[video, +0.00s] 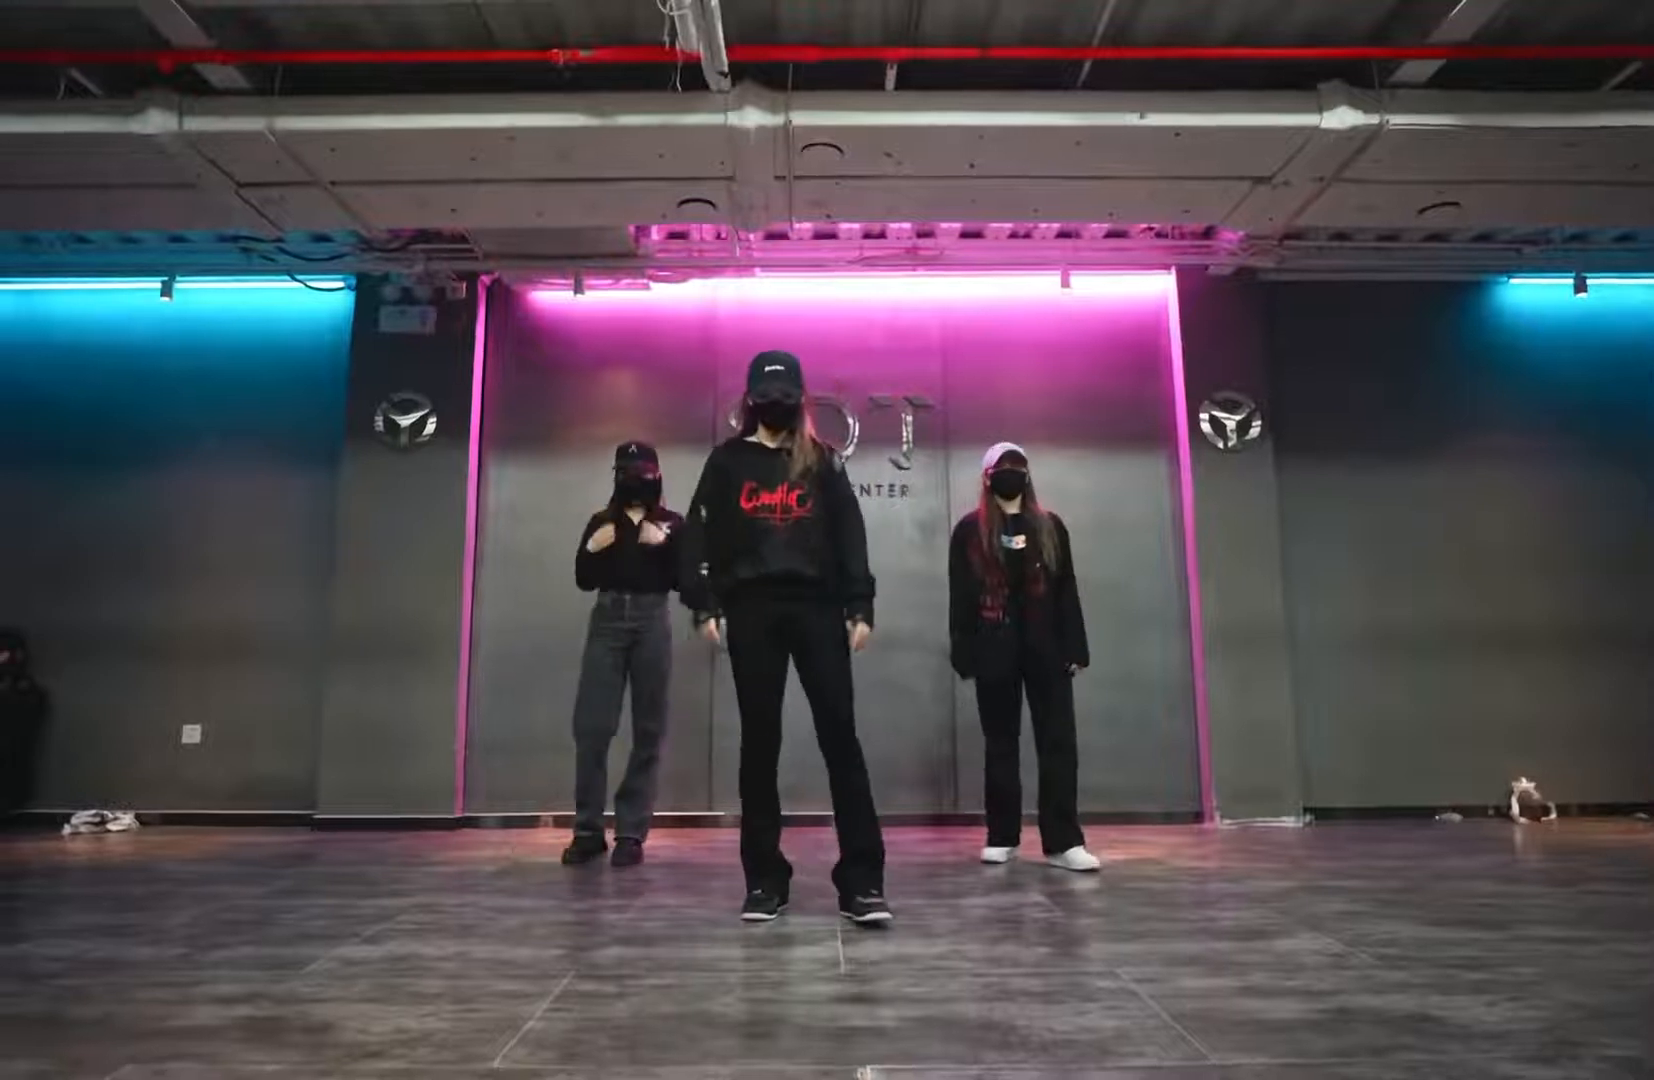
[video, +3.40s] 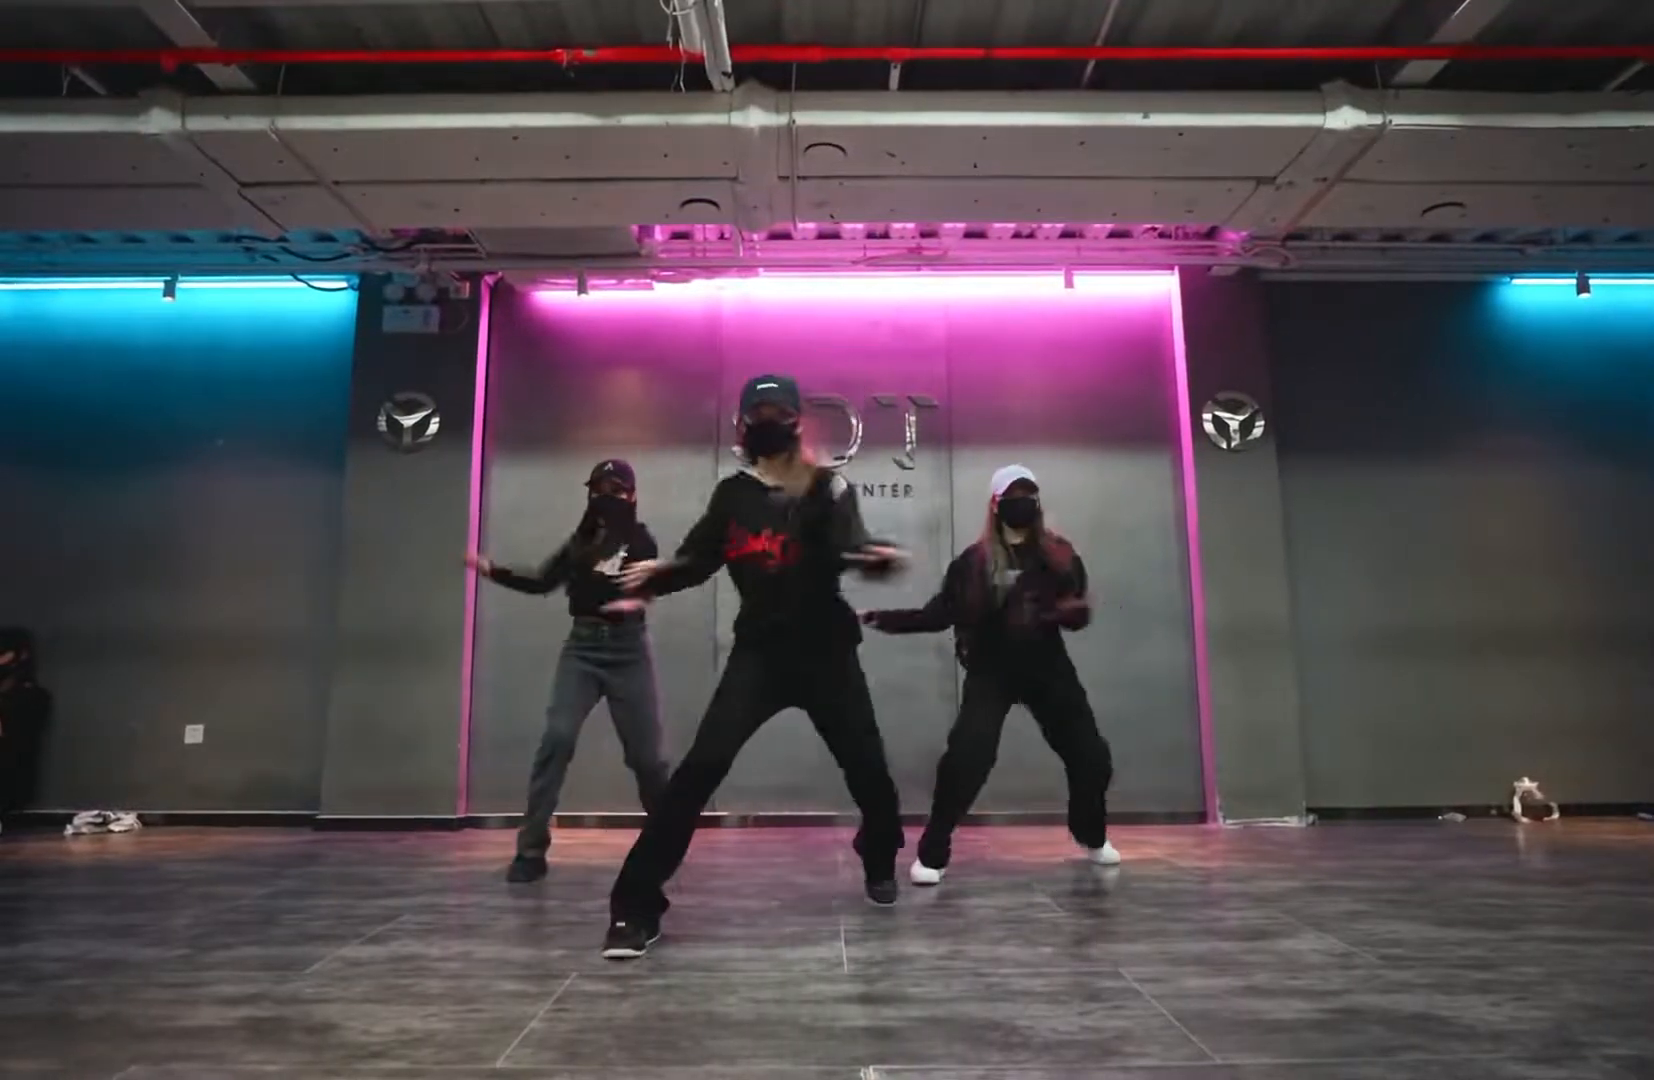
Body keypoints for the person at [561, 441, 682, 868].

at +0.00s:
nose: (638, 491)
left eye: (645, 482)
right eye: (631, 482)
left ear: (657, 481)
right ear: (618, 480)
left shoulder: (675, 526)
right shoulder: (600, 523)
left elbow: (685, 584)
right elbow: (583, 579)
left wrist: (660, 546)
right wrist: (598, 547)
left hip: (653, 625)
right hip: (607, 622)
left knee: (648, 732)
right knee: (591, 727)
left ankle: (630, 834)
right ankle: (588, 831)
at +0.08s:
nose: (641, 485)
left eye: (648, 478)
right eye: (634, 477)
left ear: (660, 478)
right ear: (622, 476)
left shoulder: (675, 524)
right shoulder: (604, 521)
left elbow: (684, 582)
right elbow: (584, 578)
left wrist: (655, 563)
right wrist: (618, 559)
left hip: (654, 627)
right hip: (608, 624)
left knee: (649, 733)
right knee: (596, 728)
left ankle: (633, 835)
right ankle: (587, 836)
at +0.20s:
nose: (645, 482)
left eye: (652, 475)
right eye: (638, 475)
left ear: (664, 477)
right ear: (627, 475)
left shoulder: (680, 524)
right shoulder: (606, 521)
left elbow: (683, 579)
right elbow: (589, 576)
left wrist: (673, 620)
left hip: (657, 625)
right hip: (609, 622)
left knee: (652, 733)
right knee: (598, 727)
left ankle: (635, 835)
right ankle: (588, 833)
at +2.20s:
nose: (651, 485)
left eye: (658, 479)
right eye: (644, 479)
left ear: (670, 483)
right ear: (635, 483)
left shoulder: (685, 529)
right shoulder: (617, 528)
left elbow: (696, 583)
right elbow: (605, 584)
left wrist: (694, 625)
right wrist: (608, 630)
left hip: (667, 629)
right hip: (623, 629)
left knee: (662, 727)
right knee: (616, 725)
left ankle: (657, 822)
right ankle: (620, 818)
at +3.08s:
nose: (635, 496)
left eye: (643, 489)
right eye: (628, 489)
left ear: (657, 493)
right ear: (618, 492)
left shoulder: (672, 538)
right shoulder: (604, 534)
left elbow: (686, 582)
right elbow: (589, 581)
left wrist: (688, 612)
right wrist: (568, 615)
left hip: (661, 638)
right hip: (617, 639)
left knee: (662, 742)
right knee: (604, 733)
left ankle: (669, 828)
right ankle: (619, 757)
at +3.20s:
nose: (627, 500)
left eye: (635, 492)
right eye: (620, 492)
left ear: (649, 495)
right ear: (610, 495)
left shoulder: (657, 540)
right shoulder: (606, 538)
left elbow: (649, 593)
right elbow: (580, 584)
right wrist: (539, 603)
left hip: (651, 651)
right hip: (611, 648)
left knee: (655, 747)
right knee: (585, 711)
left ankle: (669, 829)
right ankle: (574, 793)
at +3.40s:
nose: (606, 499)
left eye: (615, 492)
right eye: (599, 491)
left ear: (631, 497)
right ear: (590, 495)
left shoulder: (641, 543)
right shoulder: (581, 543)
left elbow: (652, 590)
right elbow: (543, 583)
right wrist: (493, 571)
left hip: (628, 655)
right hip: (582, 653)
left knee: (647, 759)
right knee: (557, 741)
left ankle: (667, 850)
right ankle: (530, 853)